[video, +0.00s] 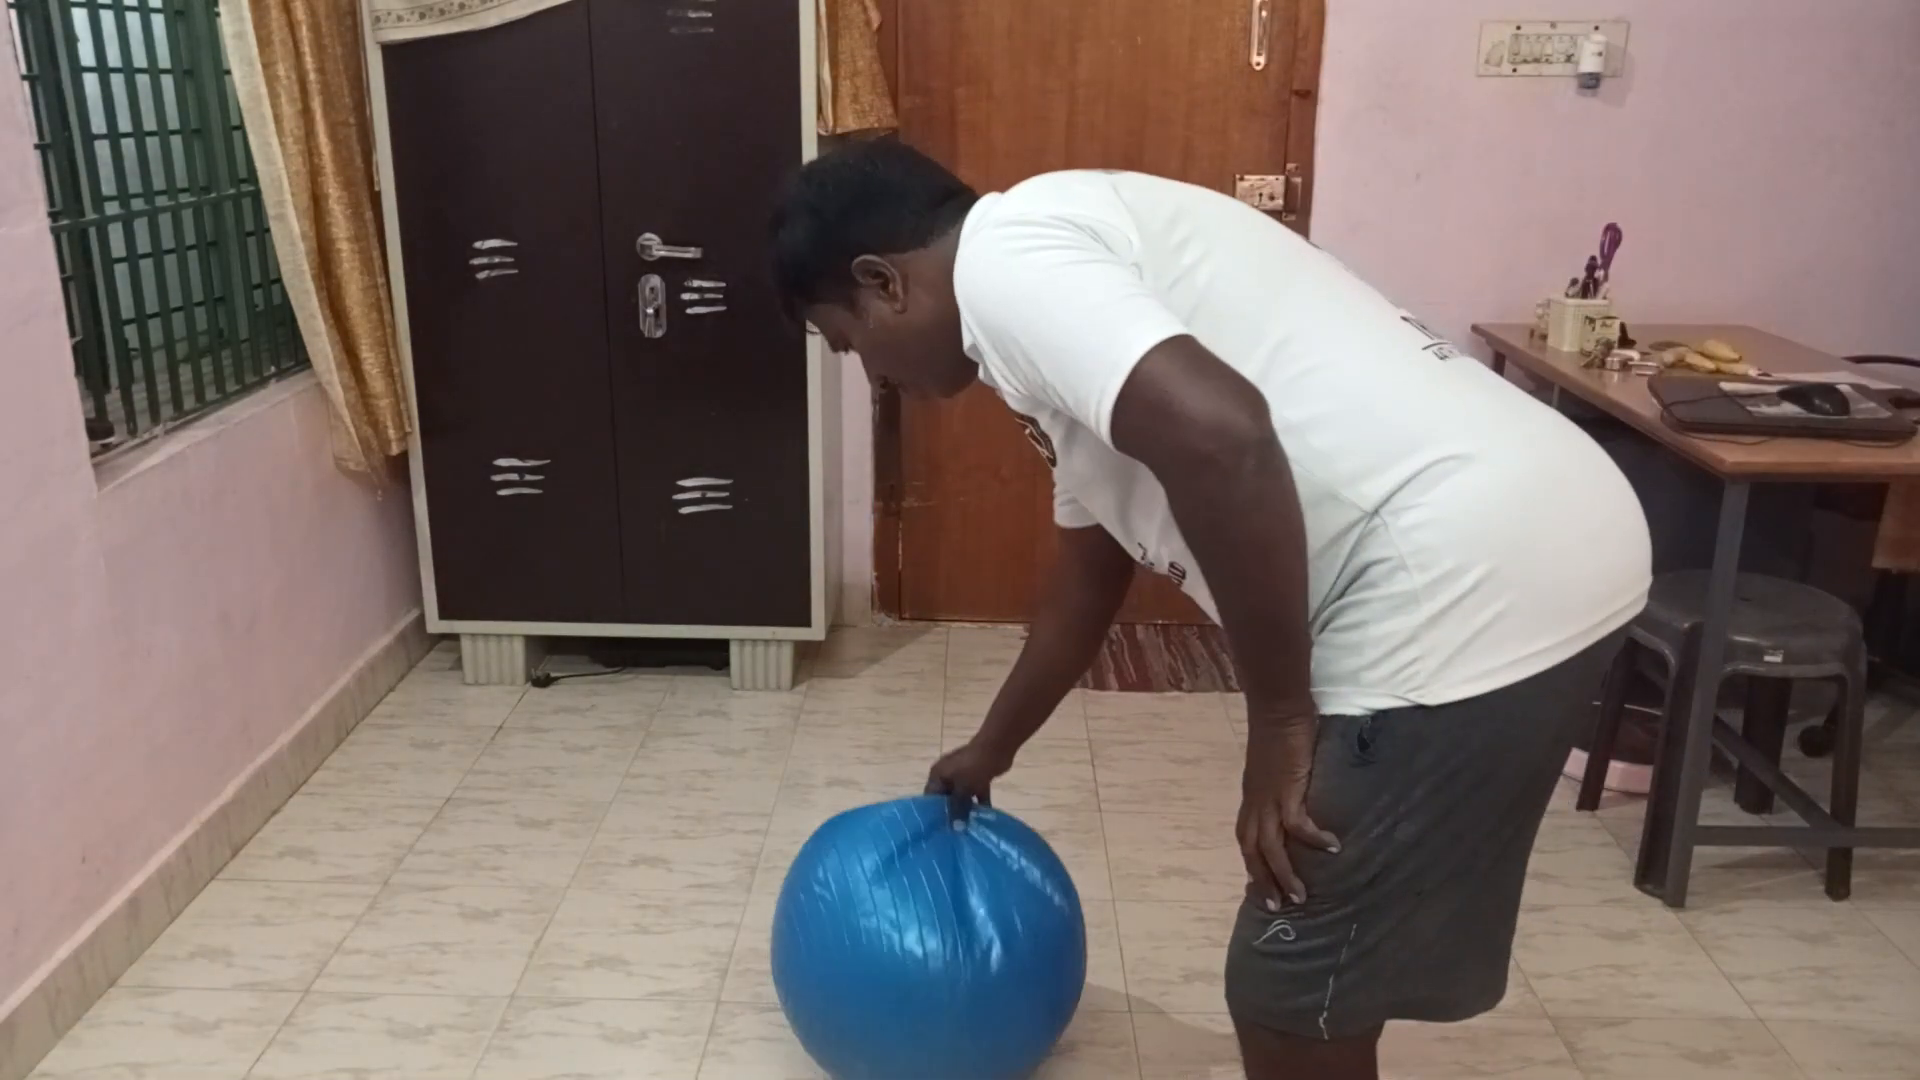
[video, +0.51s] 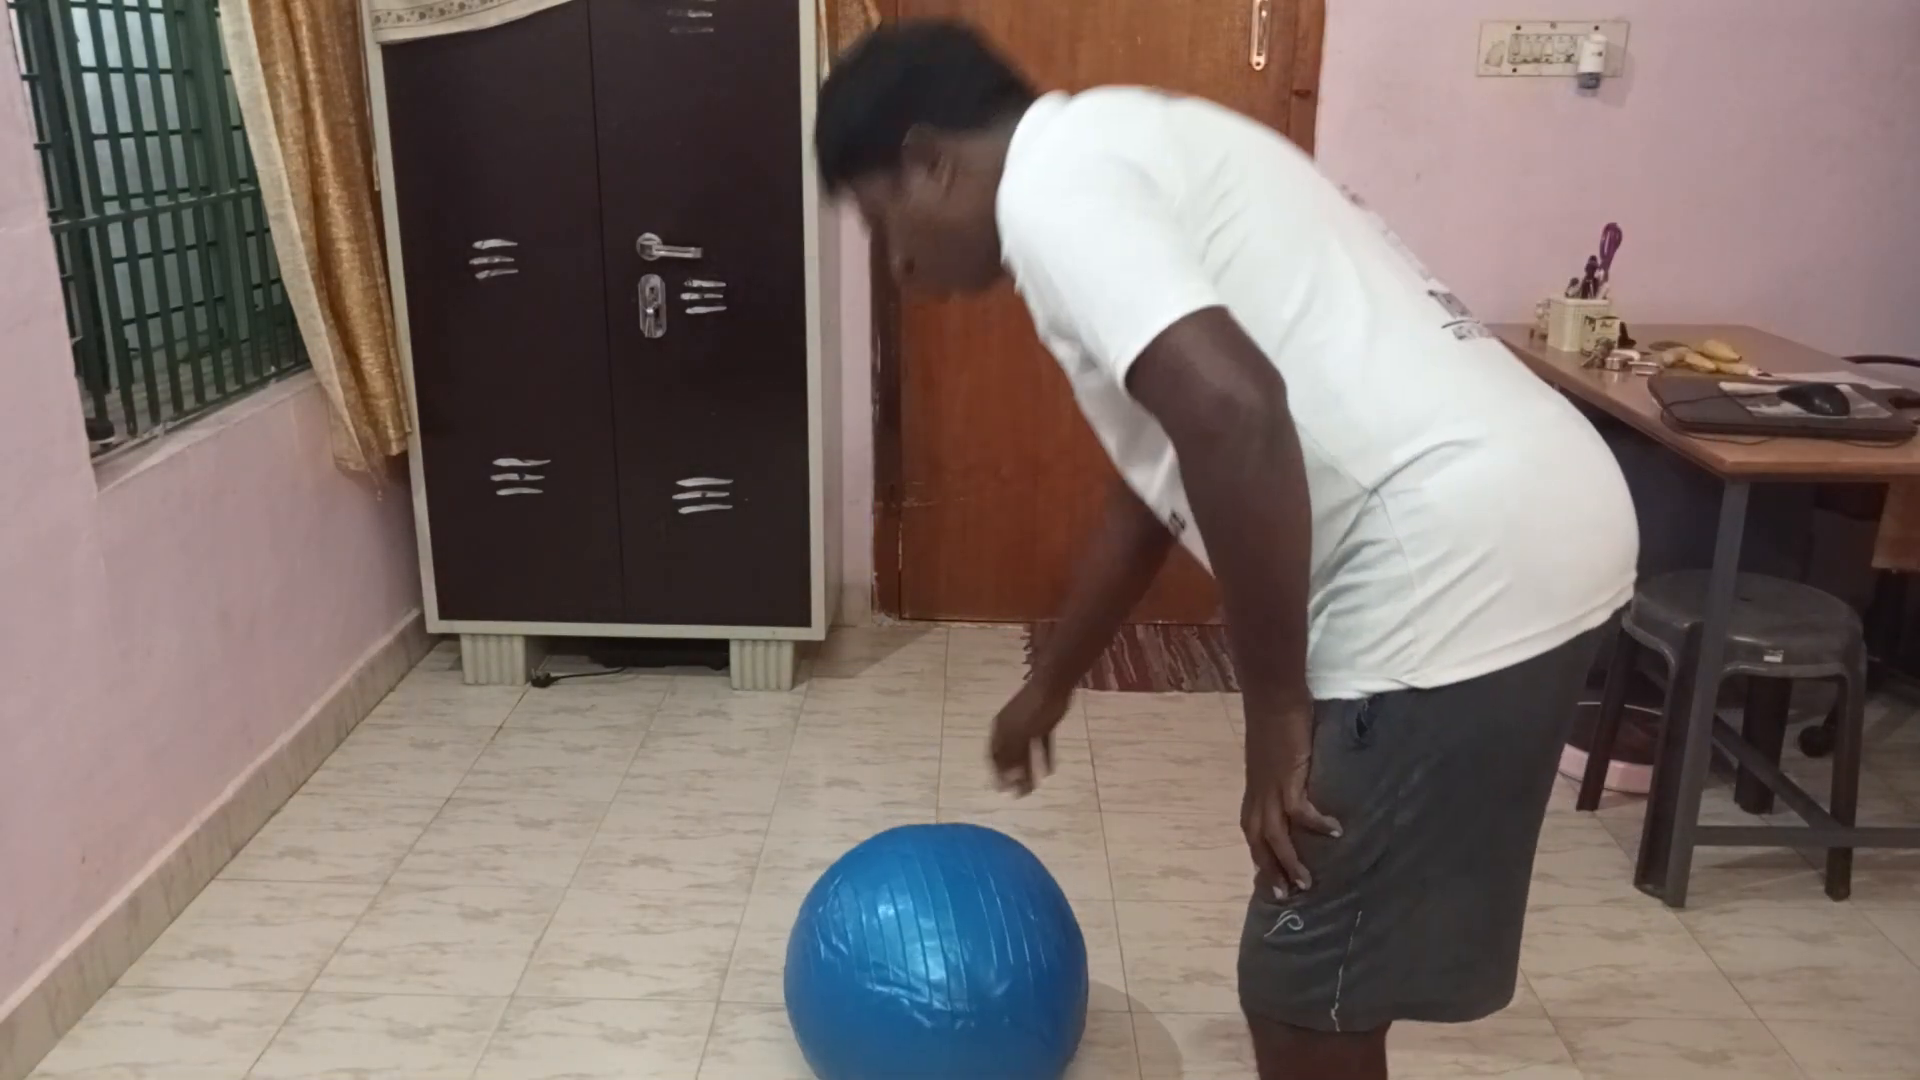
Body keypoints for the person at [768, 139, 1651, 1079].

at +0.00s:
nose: (873, 379)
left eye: (847, 341)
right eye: (845, 355)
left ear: (884, 279)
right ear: (902, 260)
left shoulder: (1007, 259)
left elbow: (1221, 438)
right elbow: (1086, 576)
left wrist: (1278, 723)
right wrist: (992, 744)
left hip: (1459, 584)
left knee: (1290, 988)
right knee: (1318, 977)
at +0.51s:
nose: (891, 265)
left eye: (876, 222)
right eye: (871, 235)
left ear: (931, 160)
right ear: (936, 154)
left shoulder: (1057, 179)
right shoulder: (1121, 144)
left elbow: (1235, 415)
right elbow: (1160, 477)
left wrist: (1275, 719)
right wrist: (1048, 681)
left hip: (1454, 562)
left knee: (1304, 986)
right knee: (1323, 974)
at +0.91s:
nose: (1038, 13)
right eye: (1032, 5)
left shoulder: (1258, 26)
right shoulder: (1213, 36)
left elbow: (1366, 284)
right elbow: (1280, 312)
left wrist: (1268, 583)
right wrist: (1238, 558)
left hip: (1435, 536)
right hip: (1374, 526)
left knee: (1353, 931)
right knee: (1307, 835)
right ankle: (1341, 1059)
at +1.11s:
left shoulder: (1396, 12)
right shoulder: (1278, 23)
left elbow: (1468, 246)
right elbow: (1304, 282)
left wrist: (1310, 519)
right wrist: (1243, 509)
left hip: (1467, 536)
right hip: (1345, 528)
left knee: (1441, 907)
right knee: (1322, 828)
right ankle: (1324, 1070)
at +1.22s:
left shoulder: (1474, 12)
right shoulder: (1302, 20)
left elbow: (1530, 241)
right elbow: (1310, 269)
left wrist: (1341, 511)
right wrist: (1237, 494)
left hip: (1488, 537)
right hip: (1347, 526)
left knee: (1500, 905)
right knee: (1337, 824)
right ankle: (1326, 1070)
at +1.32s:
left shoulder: (1551, 14)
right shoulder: (1332, 16)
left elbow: (1604, 246)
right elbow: (1314, 261)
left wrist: (1399, 529)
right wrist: (1236, 481)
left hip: (1528, 553)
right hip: (1352, 534)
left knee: (1564, 904)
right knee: (1357, 834)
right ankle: (1331, 1070)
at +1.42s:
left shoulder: (1647, 14)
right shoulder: (1373, 15)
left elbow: (1697, 259)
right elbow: (1343, 262)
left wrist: (1496, 546)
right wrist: (1249, 467)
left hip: (1591, 575)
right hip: (1387, 547)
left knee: (1622, 919)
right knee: (1384, 838)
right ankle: (1334, 1070)